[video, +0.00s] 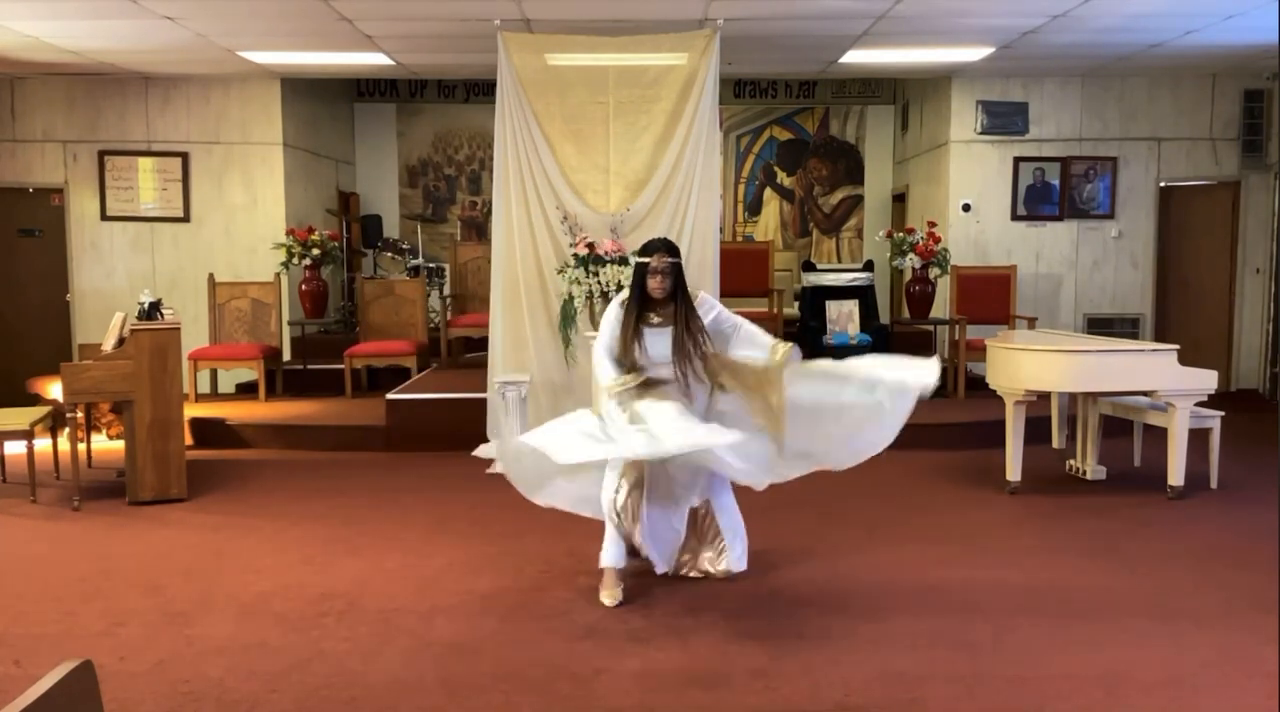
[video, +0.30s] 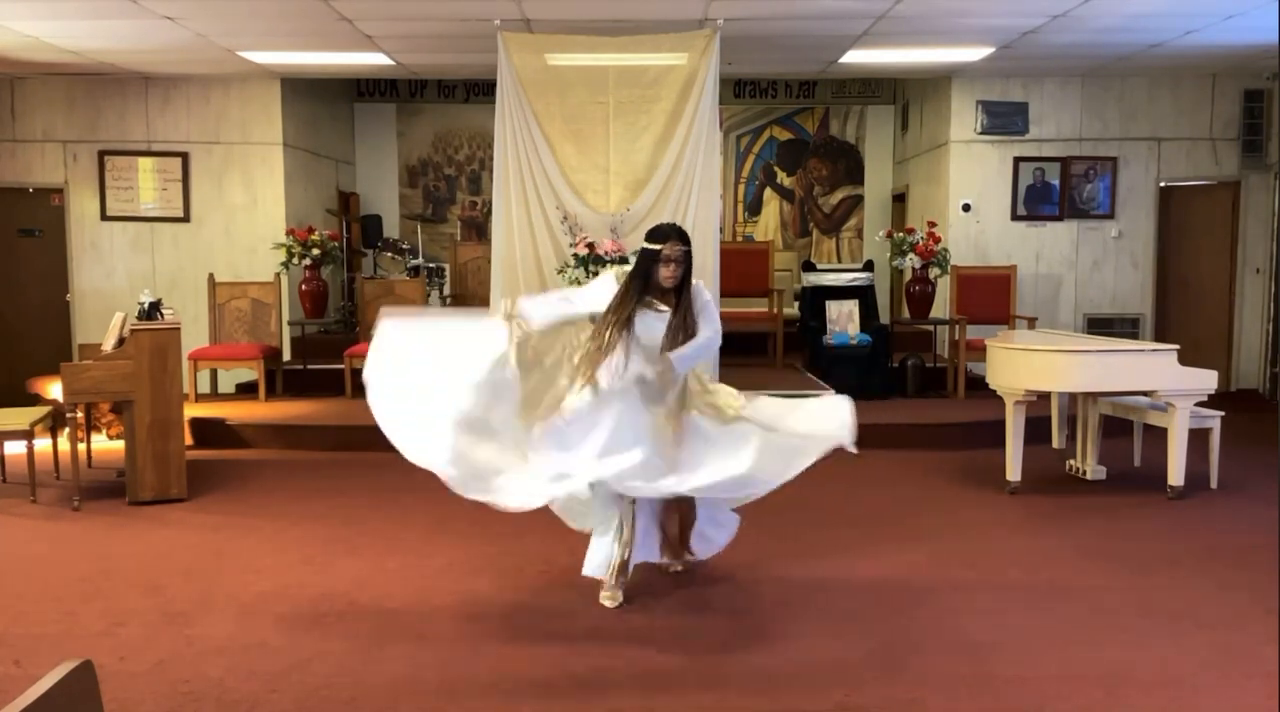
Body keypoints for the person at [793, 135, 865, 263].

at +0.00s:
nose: (815, 176)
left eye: (821, 170)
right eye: (812, 171)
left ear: (840, 166)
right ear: (808, 172)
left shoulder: (854, 193)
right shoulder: (819, 195)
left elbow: (828, 227)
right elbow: (799, 233)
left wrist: (808, 197)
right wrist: (798, 197)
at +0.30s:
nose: (816, 176)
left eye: (821, 170)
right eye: (812, 171)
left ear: (840, 166)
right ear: (808, 173)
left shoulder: (854, 193)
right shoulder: (819, 195)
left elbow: (828, 227)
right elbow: (799, 232)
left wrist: (808, 197)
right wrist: (799, 197)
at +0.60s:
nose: (815, 176)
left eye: (821, 170)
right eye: (812, 171)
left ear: (840, 166)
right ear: (808, 172)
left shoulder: (854, 193)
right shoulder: (819, 194)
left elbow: (828, 227)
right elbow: (800, 233)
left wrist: (807, 196)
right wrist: (798, 198)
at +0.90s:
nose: (815, 176)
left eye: (821, 170)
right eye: (812, 171)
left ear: (839, 166)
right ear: (808, 172)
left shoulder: (854, 193)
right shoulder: (819, 195)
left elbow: (828, 227)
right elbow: (799, 233)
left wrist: (808, 197)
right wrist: (799, 197)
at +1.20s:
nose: (815, 176)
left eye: (821, 170)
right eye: (812, 171)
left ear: (839, 166)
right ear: (808, 172)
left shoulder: (854, 193)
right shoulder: (819, 194)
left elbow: (828, 226)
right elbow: (799, 232)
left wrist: (808, 196)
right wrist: (799, 197)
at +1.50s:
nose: (815, 176)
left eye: (821, 170)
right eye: (812, 171)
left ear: (839, 167)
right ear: (808, 172)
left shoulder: (854, 193)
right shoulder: (819, 194)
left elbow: (828, 227)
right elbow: (799, 233)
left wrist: (808, 196)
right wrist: (799, 197)